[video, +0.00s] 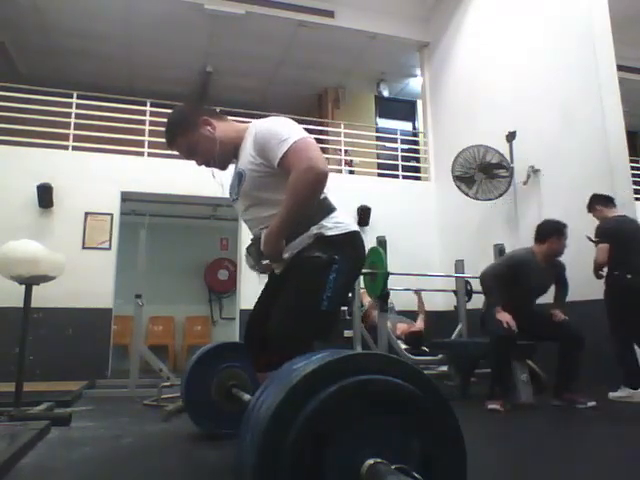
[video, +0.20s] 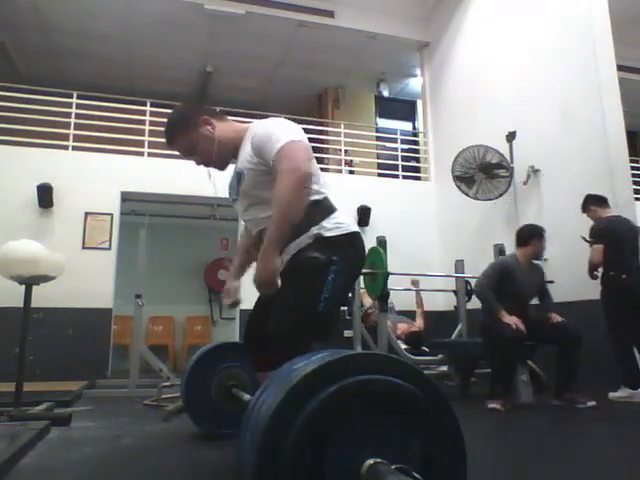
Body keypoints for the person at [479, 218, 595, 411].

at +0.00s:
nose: (564, 245)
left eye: (564, 240)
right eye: (561, 240)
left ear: (551, 242)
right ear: (548, 241)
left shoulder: (556, 267)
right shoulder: (519, 259)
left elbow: (562, 286)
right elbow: (486, 276)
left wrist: (558, 307)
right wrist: (497, 310)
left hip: (527, 314)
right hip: (500, 315)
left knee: (571, 334)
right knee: (503, 335)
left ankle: (564, 392)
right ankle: (497, 397)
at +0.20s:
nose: (544, 246)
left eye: (543, 241)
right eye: (541, 241)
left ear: (530, 244)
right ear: (531, 243)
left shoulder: (536, 270)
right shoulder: (502, 265)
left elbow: (544, 295)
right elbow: (480, 288)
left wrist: (550, 312)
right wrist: (503, 315)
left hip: (526, 322)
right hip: (498, 323)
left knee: (568, 333)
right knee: (508, 337)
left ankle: (564, 392)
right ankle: (497, 397)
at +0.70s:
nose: (511, 245)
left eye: (510, 241)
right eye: (510, 241)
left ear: (491, 242)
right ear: (504, 241)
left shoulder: (507, 267)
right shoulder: (485, 261)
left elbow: (508, 299)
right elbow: (482, 286)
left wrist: (529, 311)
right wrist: (507, 305)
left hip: (518, 320)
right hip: (495, 321)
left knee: (567, 331)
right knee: (505, 333)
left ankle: (566, 391)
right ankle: (497, 396)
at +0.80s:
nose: (511, 245)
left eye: (510, 241)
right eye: (510, 241)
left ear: (492, 242)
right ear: (503, 241)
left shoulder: (507, 267)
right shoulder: (482, 260)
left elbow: (508, 301)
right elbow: (473, 284)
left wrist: (527, 313)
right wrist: (500, 300)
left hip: (518, 322)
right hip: (495, 323)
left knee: (568, 332)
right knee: (503, 337)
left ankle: (571, 391)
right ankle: (500, 396)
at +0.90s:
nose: (514, 242)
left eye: (513, 239)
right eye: (512, 238)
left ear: (499, 240)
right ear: (503, 239)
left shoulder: (510, 268)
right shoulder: (480, 260)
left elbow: (509, 300)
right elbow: (461, 284)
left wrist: (526, 313)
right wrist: (479, 295)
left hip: (517, 317)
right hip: (494, 317)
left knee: (570, 332)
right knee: (507, 334)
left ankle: (573, 392)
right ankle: (501, 397)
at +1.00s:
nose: (517, 242)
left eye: (516, 238)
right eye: (514, 237)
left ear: (504, 238)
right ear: (504, 238)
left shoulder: (512, 266)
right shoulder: (478, 260)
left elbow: (511, 300)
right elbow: (456, 283)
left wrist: (528, 310)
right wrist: (461, 292)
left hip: (519, 316)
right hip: (496, 317)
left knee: (570, 332)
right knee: (507, 337)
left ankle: (573, 392)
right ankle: (501, 397)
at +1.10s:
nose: (517, 243)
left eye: (517, 239)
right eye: (514, 238)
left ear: (505, 239)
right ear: (501, 238)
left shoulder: (513, 265)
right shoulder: (478, 261)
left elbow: (520, 297)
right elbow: (457, 284)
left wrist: (540, 307)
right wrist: (458, 294)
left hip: (523, 316)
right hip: (497, 317)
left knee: (570, 331)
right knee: (506, 335)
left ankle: (573, 392)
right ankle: (501, 397)